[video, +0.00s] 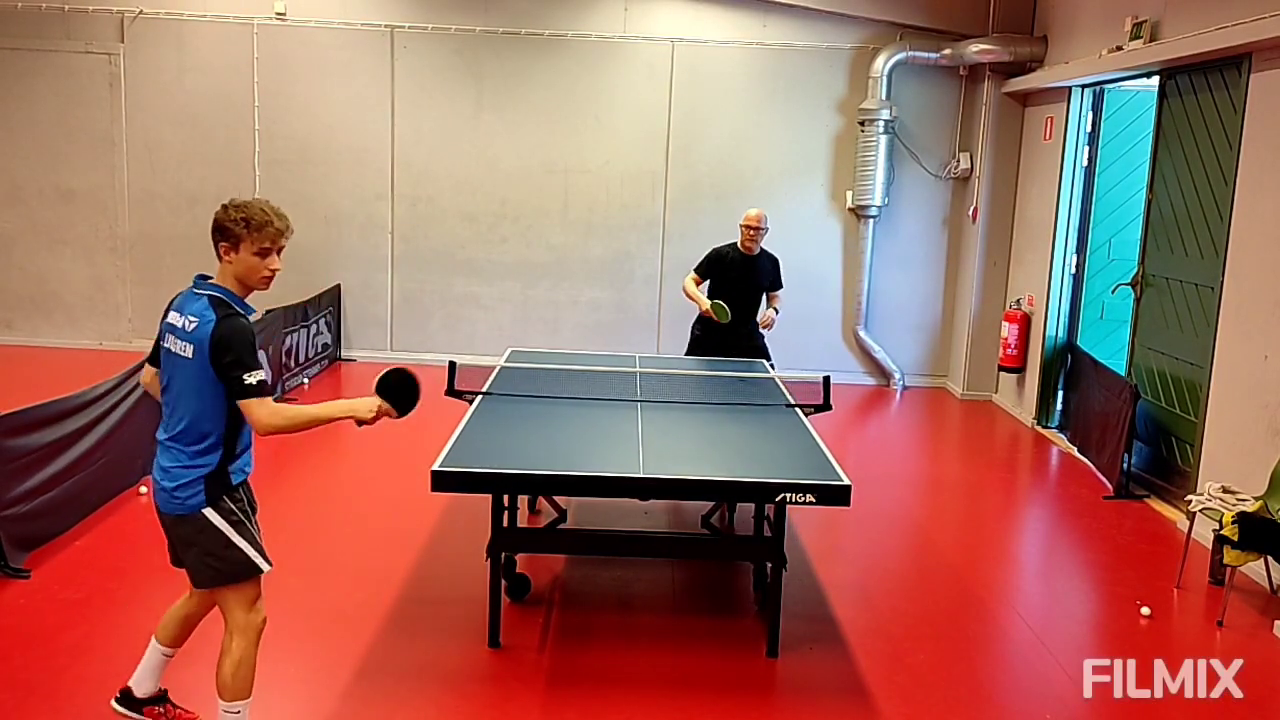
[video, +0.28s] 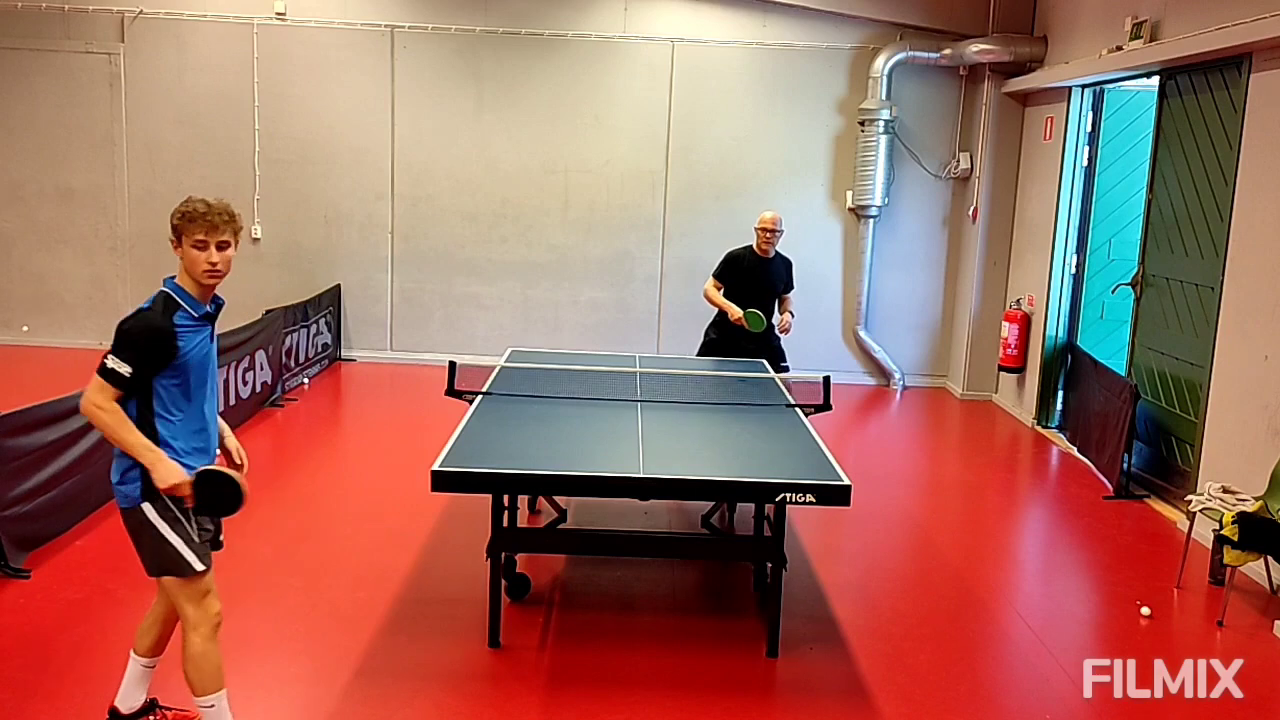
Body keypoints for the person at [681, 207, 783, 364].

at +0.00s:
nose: (751, 233)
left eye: (757, 229)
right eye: (747, 228)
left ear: (765, 232)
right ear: (740, 227)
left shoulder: (770, 263)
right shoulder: (719, 255)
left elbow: (774, 297)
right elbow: (689, 283)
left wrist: (773, 310)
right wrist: (702, 301)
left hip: (746, 335)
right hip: (710, 333)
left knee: (768, 383)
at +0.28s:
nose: (768, 236)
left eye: (773, 232)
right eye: (763, 230)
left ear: (781, 235)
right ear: (755, 230)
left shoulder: (784, 265)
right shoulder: (735, 257)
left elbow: (784, 298)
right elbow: (709, 289)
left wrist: (787, 314)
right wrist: (730, 308)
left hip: (763, 338)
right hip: (726, 335)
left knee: (783, 386)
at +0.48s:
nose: (786, 225)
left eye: (791, 221)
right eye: (782, 220)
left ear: (799, 224)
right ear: (774, 220)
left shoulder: (805, 255)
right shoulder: (754, 249)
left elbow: (812, 287)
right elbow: (729, 282)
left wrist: (811, 306)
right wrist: (750, 298)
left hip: (781, 331)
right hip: (746, 327)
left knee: (790, 385)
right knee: (725, 378)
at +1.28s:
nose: (765, 226)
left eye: (770, 222)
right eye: (761, 221)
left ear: (783, 221)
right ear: (755, 221)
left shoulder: (796, 251)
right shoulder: (743, 247)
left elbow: (809, 287)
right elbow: (719, 277)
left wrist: (799, 317)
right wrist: (727, 283)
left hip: (776, 331)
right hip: (741, 329)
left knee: (783, 385)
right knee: (729, 382)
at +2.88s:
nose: (748, 240)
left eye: (755, 236)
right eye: (744, 234)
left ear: (765, 238)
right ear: (738, 234)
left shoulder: (774, 263)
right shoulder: (721, 261)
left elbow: (782, 297)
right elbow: (692, 291)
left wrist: (773, 318)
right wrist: (702, 303)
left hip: (758, 343)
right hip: (720, 342)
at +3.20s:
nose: (745, 255)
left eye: (752, 251)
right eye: (741, 248)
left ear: (761, 250)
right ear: (734, 245)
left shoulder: (769, 267)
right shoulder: (717, 269)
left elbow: (778, 299)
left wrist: (772, 326)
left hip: (758, 352)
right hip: (717, 351)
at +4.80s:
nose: (778, 261)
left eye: (784, 257)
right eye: (774, 255)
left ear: (791, 255)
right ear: (766, 248)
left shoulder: (796, 272)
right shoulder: (747, 272)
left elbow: (801, 302)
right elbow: (721, 309)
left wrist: (800, 331)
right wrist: (738, 302)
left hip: (781, 345)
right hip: (744, 345)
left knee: (806, 392)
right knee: (727, 394)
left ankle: (824, 443)